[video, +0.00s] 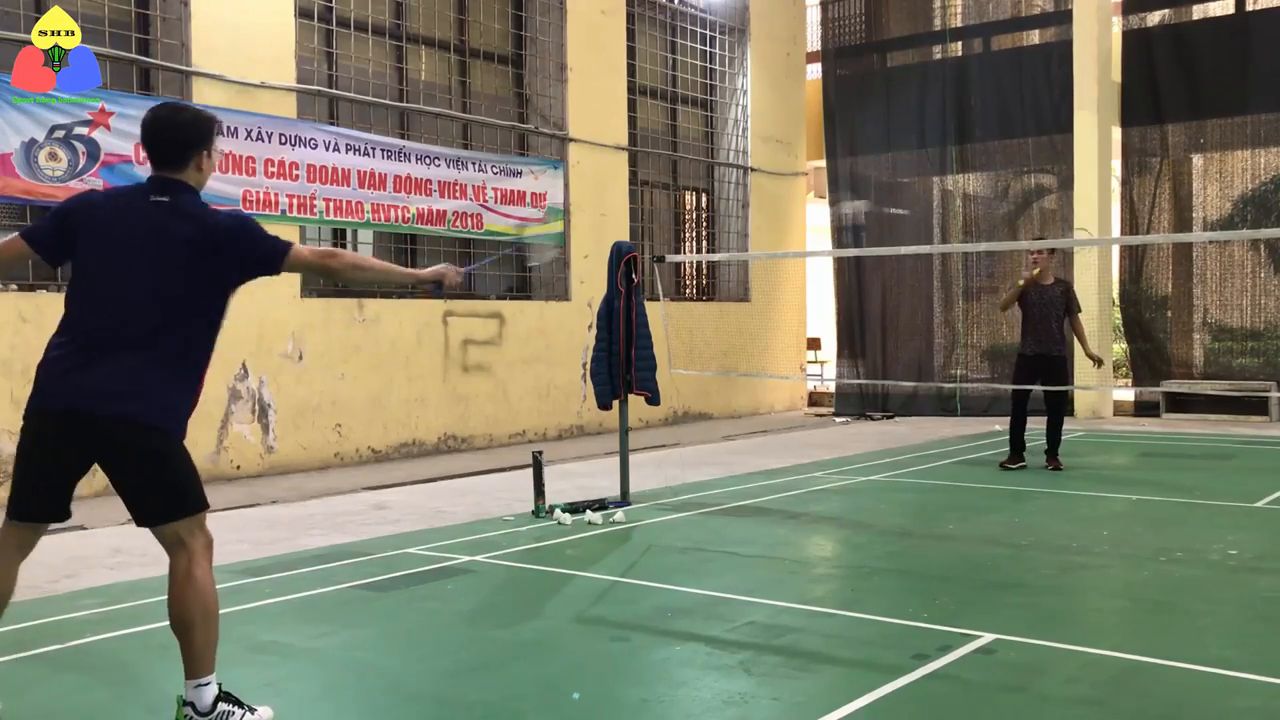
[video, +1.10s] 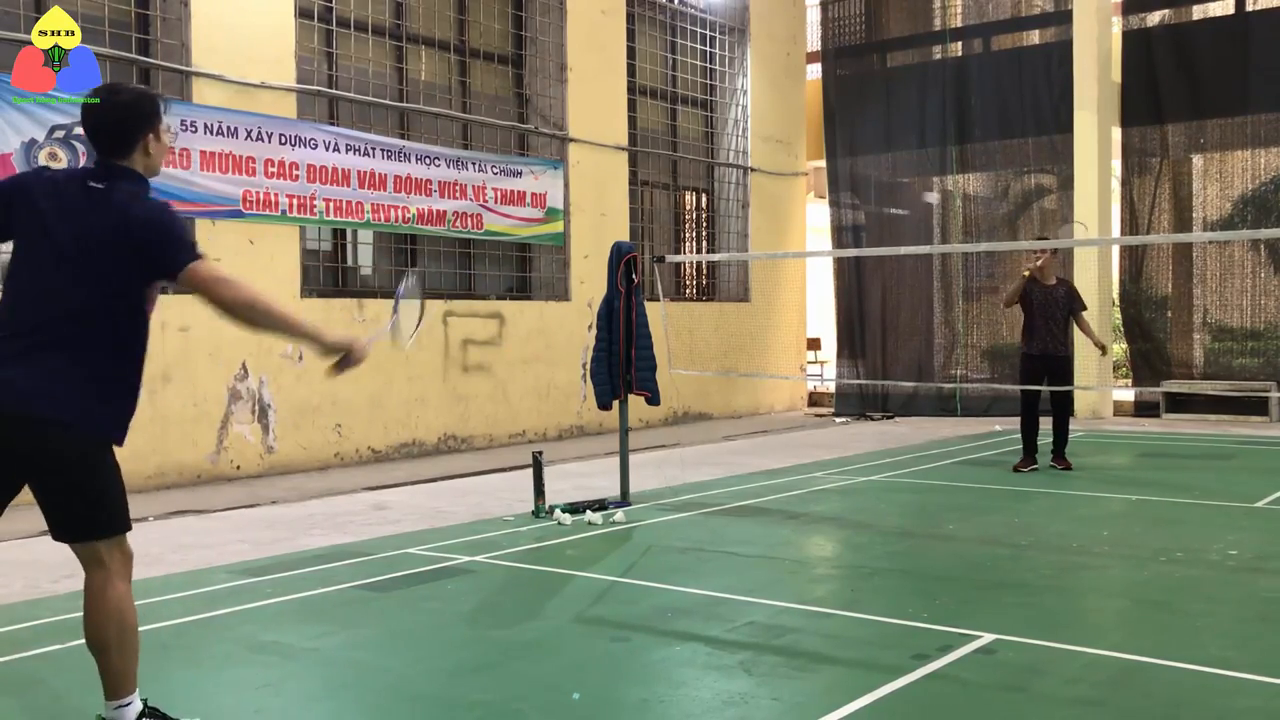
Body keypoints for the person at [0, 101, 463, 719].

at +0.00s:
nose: (216, 159)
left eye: (213, 148)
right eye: (214, 150)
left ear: (148, 154)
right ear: (204, 157)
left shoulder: (89, 209)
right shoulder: (222, 230)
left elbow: (7, 250)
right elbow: (327, 261)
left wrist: (48, 266)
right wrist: (421, 277)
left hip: (54, 408)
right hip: (139, 419)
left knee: (11, 545)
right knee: (190, 545)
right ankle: (201, 699)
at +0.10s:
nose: (198, 163)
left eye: (195, 152)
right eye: (195, 153)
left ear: (134, 157)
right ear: (180, 159)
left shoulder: (76, 213)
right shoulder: (192, 231)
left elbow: (8, 257)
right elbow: (294, 276)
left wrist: (60, 269)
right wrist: (387, 295)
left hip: (40, 415)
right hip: (120, 422)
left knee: (4, 545)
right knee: (174, 552)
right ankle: (200, 700)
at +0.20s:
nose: (177, 181)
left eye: (175, 168)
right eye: (173, 169)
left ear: (113, 175)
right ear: (152, 174)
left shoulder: (56, 227)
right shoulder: (156, 243)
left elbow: (1, 288)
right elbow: (238, 308)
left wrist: (13, 347)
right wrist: (331, 337)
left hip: (15, 431)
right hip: (85, 438)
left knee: (5, 551)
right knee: (158, 557)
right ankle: (198, 700)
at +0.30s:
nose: (160, 197)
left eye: (158, 184)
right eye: (155, 186)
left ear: (93, 193)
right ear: (129, 193)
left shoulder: (38, 242)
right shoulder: (118, 262)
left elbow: (15, 326)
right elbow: (189, 345)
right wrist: (282, 381)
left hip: (2, 443)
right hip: (41, 448)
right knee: (126, 566)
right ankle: (192, 701)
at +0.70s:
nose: (159, 171)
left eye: (158, 160)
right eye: (158, 161)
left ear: (90, 165)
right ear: (142, 168)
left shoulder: (22, 213)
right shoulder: (146, 240)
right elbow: (235, 312)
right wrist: (253, 322)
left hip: (1, 413)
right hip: (53, 425)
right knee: (106, 562)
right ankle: (124, 709)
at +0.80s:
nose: (167, 162)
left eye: (163, 152)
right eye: (165, 153)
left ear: (93, 157)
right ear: (156, 162)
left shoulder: (33, 206)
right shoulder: (180, 240)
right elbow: (293, 265)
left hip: (1, 413)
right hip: (64, 429)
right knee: (118, 562)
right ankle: (125, 710)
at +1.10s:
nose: (167, 141)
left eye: (163, 129)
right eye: (162, 131)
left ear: (97, 138)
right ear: (146, 140)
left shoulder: (34, 188)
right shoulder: (149, 218)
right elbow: (226, 294)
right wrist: (323, 338)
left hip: (4, 407)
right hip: (70, 421)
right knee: (107, 564)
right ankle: (124, 709)